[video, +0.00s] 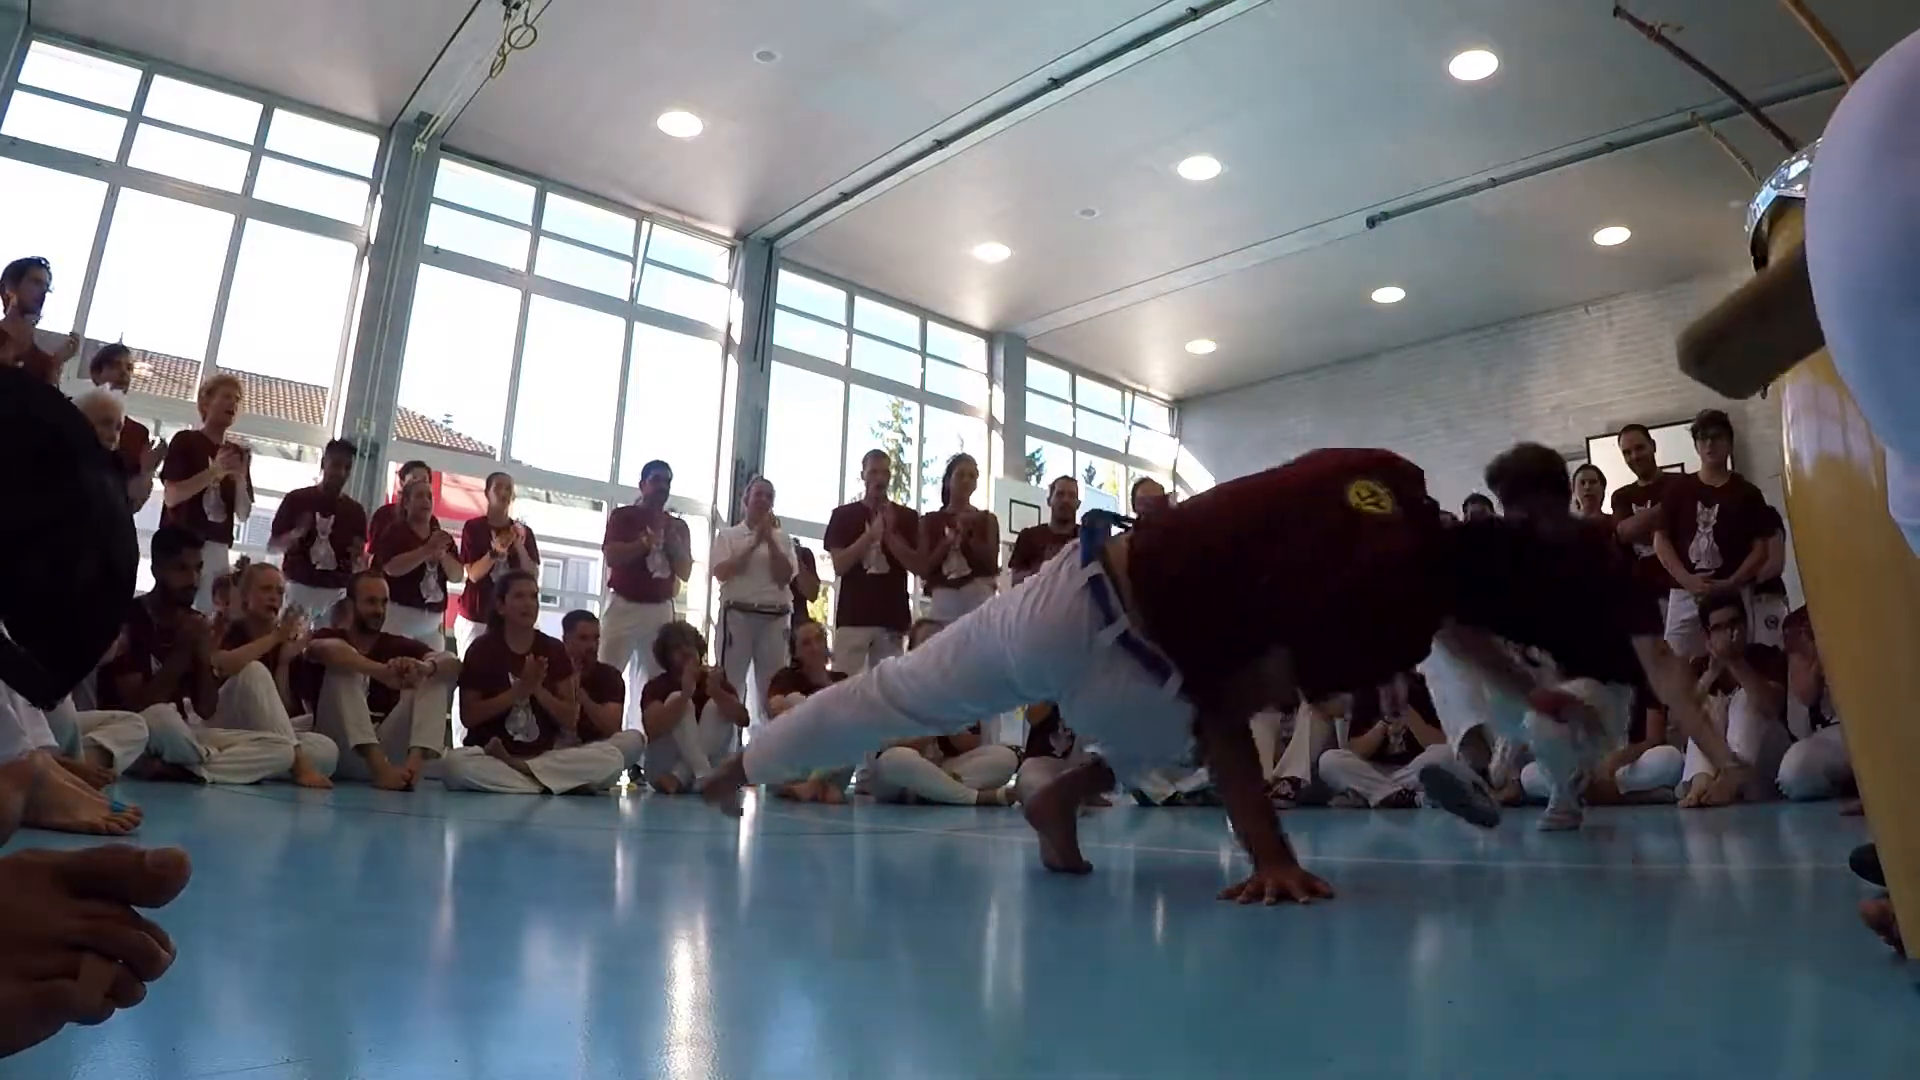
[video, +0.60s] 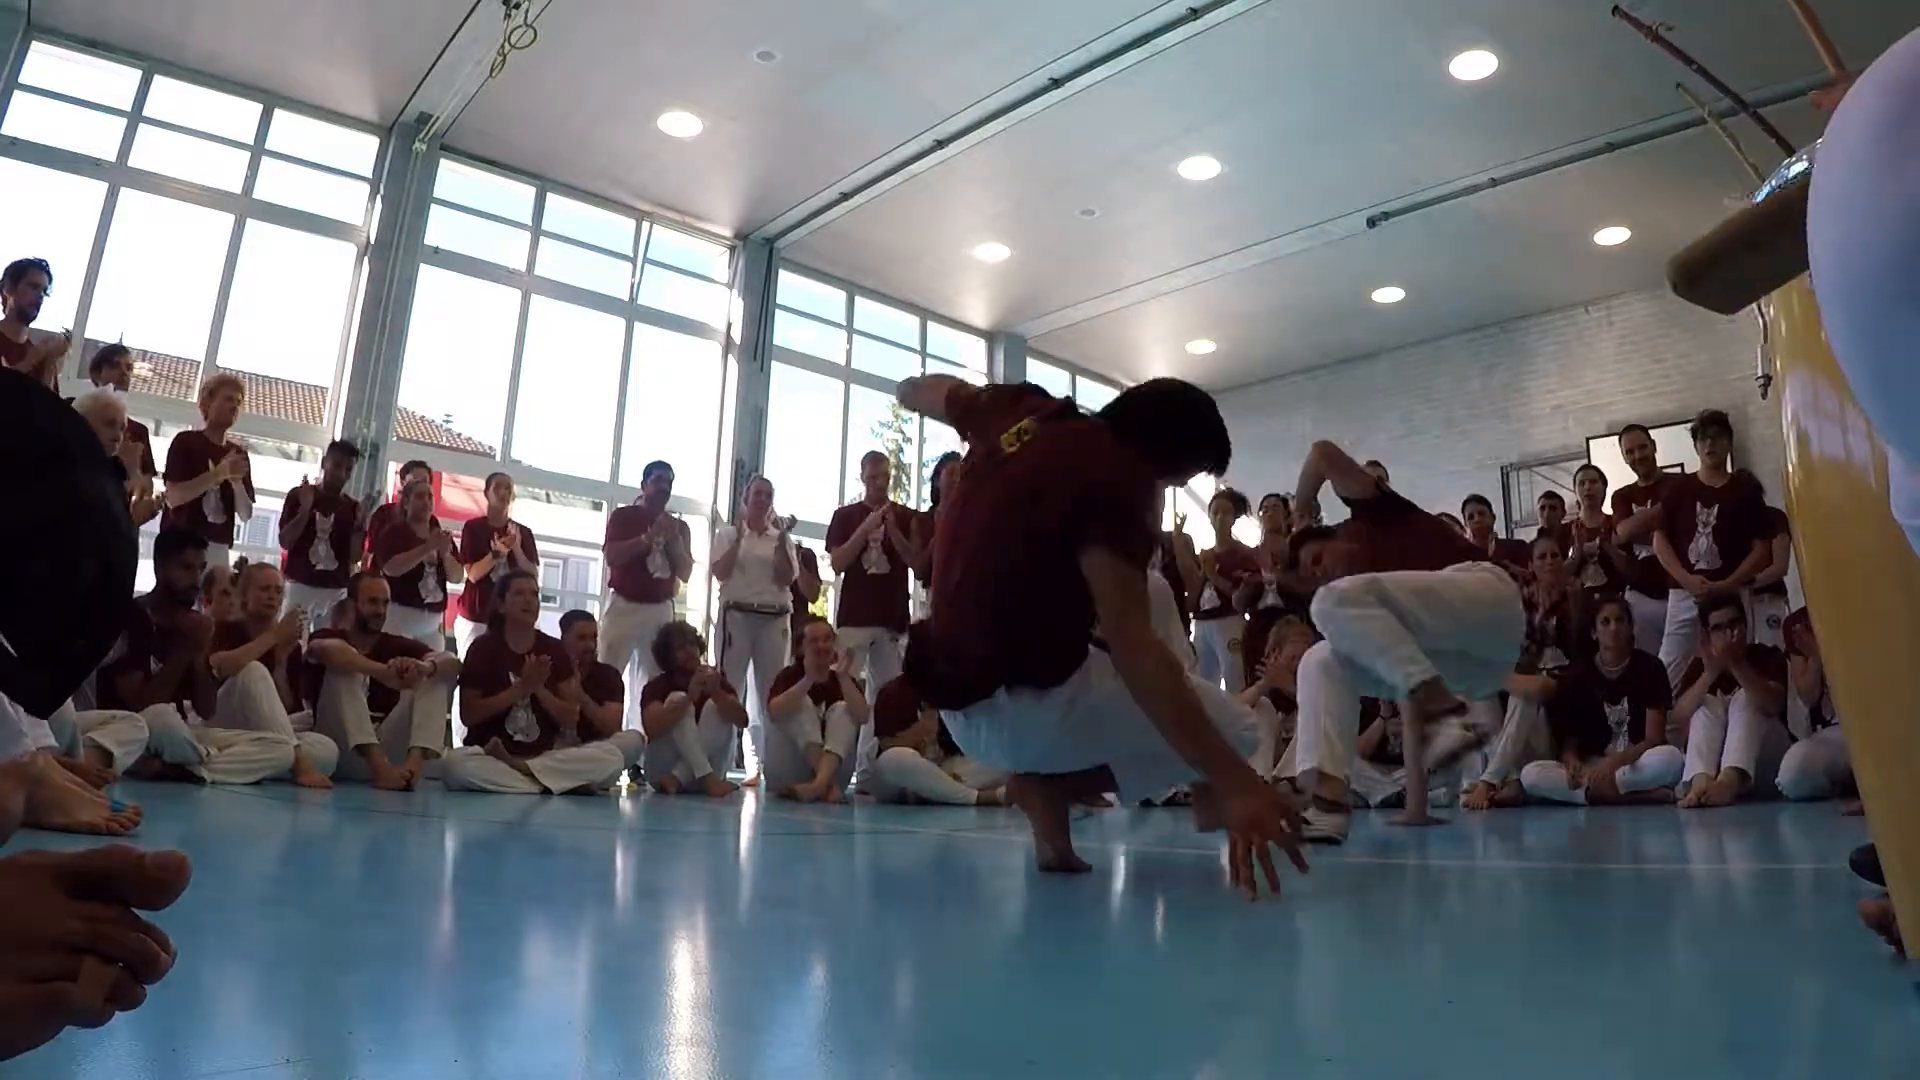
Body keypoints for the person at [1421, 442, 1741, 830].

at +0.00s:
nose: (1527, 523)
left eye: (1536, 511)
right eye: (1516, 512)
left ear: (1562, 501)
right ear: (1502, 509)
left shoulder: (1605, 554)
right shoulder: (1487, 546)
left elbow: (1659, 660)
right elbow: (1453, 630)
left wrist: (1724, 762)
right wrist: (1534, 694)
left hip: (1602, 683)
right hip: (1521, 680)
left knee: (1545, 720)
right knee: (1443, 645)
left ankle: (1564, 800)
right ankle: (1478, 772)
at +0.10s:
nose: (1498, 529)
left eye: (1505, 515)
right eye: (1486, 518)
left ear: (1525, 504)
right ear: (1474, 518)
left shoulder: (1578, 549)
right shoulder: (1488, 564)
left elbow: (1625, 629)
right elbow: (1464, 660)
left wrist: (1665, 675)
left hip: (1598, 696)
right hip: (1531, 696)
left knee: (1529, 721)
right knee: (1436, 675)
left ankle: (1565, 792)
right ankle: (1438, 768)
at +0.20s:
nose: (1464, 531)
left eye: (1470, 517)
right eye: (1453, 522)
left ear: (1490, 514)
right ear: (1442, 529)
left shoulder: (1539, 551)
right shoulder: (1454, 588)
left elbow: (1605, 582)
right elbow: (1454, 685)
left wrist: (1574, 534)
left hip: (1580, 694)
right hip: (1504, 705)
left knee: (1513, 717)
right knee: (1433, 716)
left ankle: (1569, 785)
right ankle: (1395, 774)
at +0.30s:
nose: (1415, 555)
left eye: (1418, 538)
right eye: (1402, 553)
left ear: (1448, 525)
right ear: (1399, 565)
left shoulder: (1502, 545)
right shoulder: (1436, 616)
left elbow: (1522, 487)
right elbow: (1440, 701)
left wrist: (1443, 441)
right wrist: (1422, 797)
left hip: (1557, 681)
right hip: (1490, 707)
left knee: (1501, 727)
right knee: (1424, 722)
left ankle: (1562, 783)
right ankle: (1367, 775)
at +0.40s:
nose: (1375, 556)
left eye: (1377, 540)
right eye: (1365, 556)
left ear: (1404, 526)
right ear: (1366, 570)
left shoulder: (1452, 527)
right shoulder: (1416, 625)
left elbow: (1440, 436)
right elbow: (1430, 713)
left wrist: (1371, 451)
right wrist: (1419, 807)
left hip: (1534, 657)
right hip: (1471, 684)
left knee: (1489, 720)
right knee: (1388, 681)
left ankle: (1558, 780)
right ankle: (1334, 768)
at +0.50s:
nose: (1350, 569)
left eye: (1343, 554)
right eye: (1340, 569)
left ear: (1360, 527)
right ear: (1342, 577)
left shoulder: (1412, 511)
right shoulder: (1402, 597)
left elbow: (1379, 436)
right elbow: (1416, 698)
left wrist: (1339, 479)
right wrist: (1417, 802)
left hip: (1508, 609)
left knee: (1418, 658)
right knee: (1349, 641)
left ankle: (1521, 738)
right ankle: (1331, 757)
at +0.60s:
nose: (1324, 573)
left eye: (1319, 560)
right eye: (1316, 576)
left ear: (1331, 535)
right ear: (1319, 582)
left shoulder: (1375, 512)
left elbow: (1324, 453)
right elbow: (1408, 708)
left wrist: (1303, 510)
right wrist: (1416, 808)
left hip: (1493, 598)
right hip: (1480, 669)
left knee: (1335, 600)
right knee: (1321, 661)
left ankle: (1437, 701)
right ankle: (1328, 802)